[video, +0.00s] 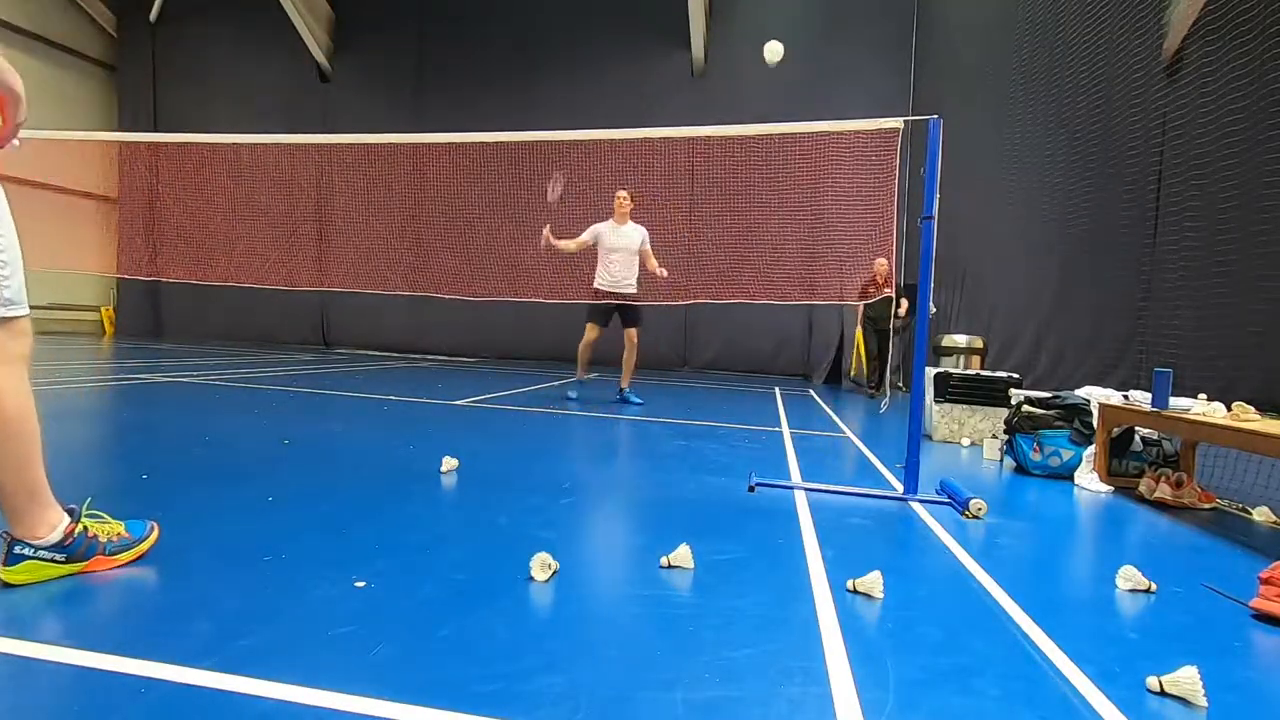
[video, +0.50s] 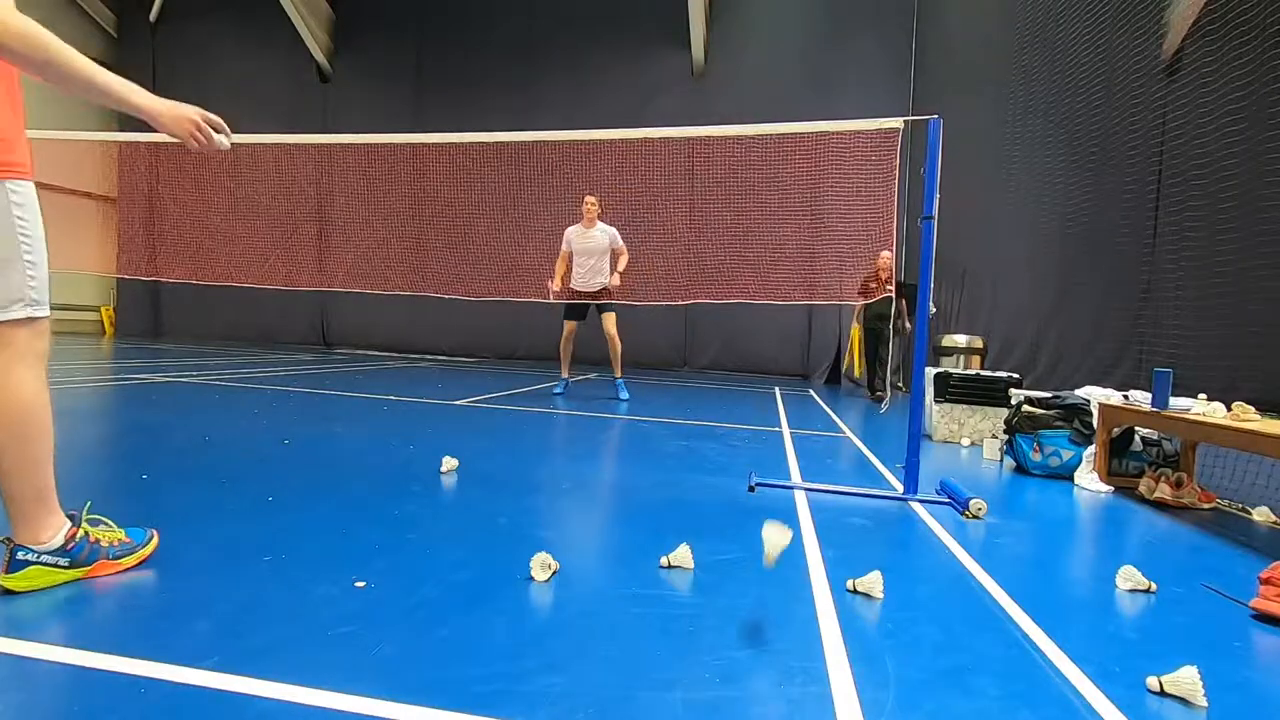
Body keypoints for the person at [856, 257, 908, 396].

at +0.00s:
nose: (884, 268)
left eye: (885, 265)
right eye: (881, 265)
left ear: (888, 267)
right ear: (875, 267)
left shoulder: (893, 284)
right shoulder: (868, 285)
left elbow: (903, 298)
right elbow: (861, 304)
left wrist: (902, 309)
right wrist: (859, 323)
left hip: (886, 325)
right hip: (870, 324)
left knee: (884, 356)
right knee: (872, 354)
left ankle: (880, 384)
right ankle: (871, 385)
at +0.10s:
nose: (881, 266)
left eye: (883, 263)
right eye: (878, 263)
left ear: (887, 266)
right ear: (874, 266)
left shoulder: (892, 283)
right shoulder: (867, 284)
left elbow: (902, 298)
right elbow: (861, 303)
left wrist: (903, 312)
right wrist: (858, 321)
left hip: (887, 325)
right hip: (870, 324)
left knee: (885, 357)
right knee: (871, 355)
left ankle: (881, 386)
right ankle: (871, 387)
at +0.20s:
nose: (882, 262)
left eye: (884, 259)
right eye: (879, 259)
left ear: (888, 262)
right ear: (874, 262)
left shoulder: (894, 281)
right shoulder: (867, 281)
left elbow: (901, 299)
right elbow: (861, 302)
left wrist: (903, 318)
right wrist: (858, 321)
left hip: (887, 324)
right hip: (869, 323)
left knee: (886, 356)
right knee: (871, 356)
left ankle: (882, 386)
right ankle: (871, 387)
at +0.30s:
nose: (884, 261)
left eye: (886, 258)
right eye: (880, 258)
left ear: (890, 261)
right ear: (875, 261)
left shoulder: (894, 280)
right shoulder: (867, 280)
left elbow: (900, 300)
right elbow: (861, 301)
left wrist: (903, 319)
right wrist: (858, 319)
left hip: (887, 323)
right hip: (869, 322)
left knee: (886, 356)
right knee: (871, 356)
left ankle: (882, 387)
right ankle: (871, 388)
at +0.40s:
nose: (883, 261)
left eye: (886, 258)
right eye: (881, 258)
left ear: (890, 262)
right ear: (876, 261)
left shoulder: (894, 281)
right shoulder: (868, 280)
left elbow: (900, 300)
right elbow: (861, 301)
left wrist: (903, 319)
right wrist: (856, 318)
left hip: (887, 324)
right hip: (869, 323)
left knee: (885, 356)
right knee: (871, 357)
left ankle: (881, 387)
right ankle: (872, 388)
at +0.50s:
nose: (885, 261)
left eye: (888, 259)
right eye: (882, 258)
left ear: (892, 262)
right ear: (877, 261)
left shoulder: (895, 281)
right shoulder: (869, 280)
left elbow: (901, 301)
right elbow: (862, 300)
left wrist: (905, 320)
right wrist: (855, 318)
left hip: (887, 325)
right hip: (869, 323)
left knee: (884, 358)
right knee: (870, 357)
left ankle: (881, 390)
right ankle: (872, 389)